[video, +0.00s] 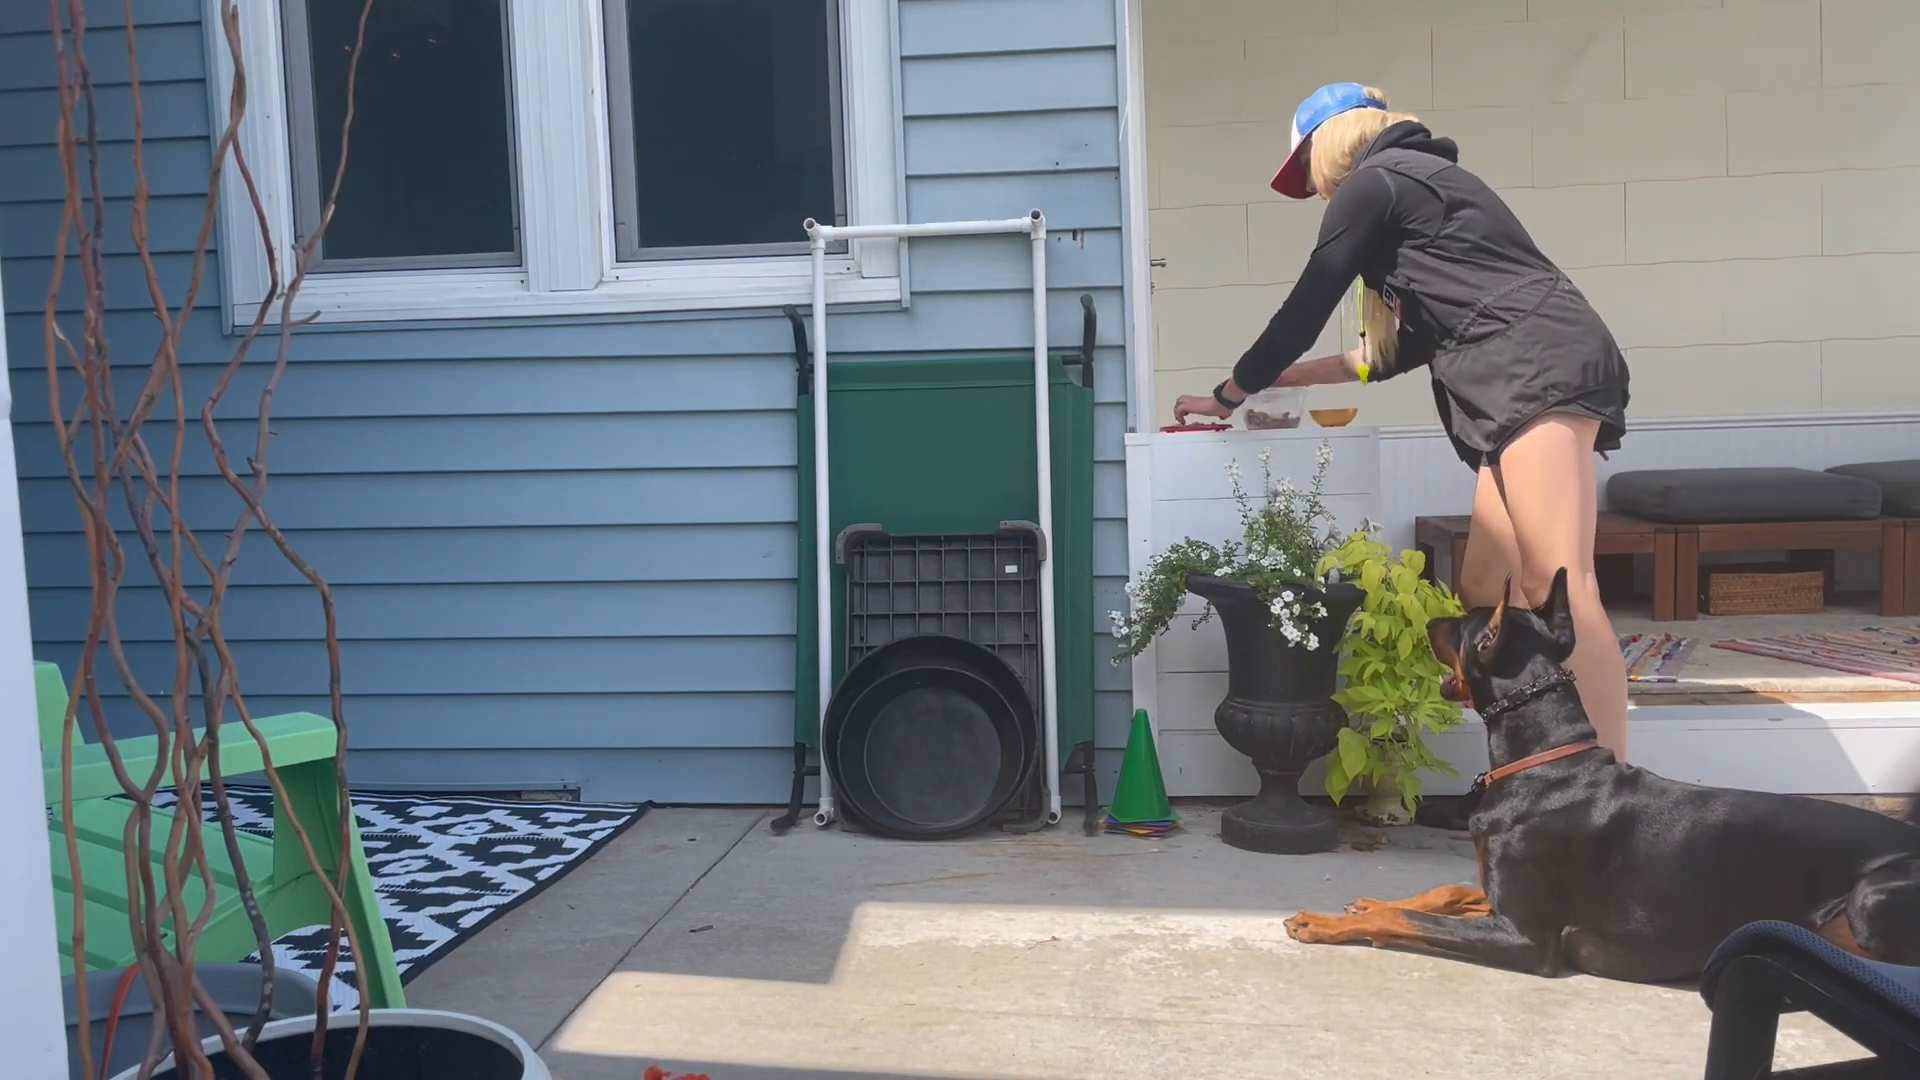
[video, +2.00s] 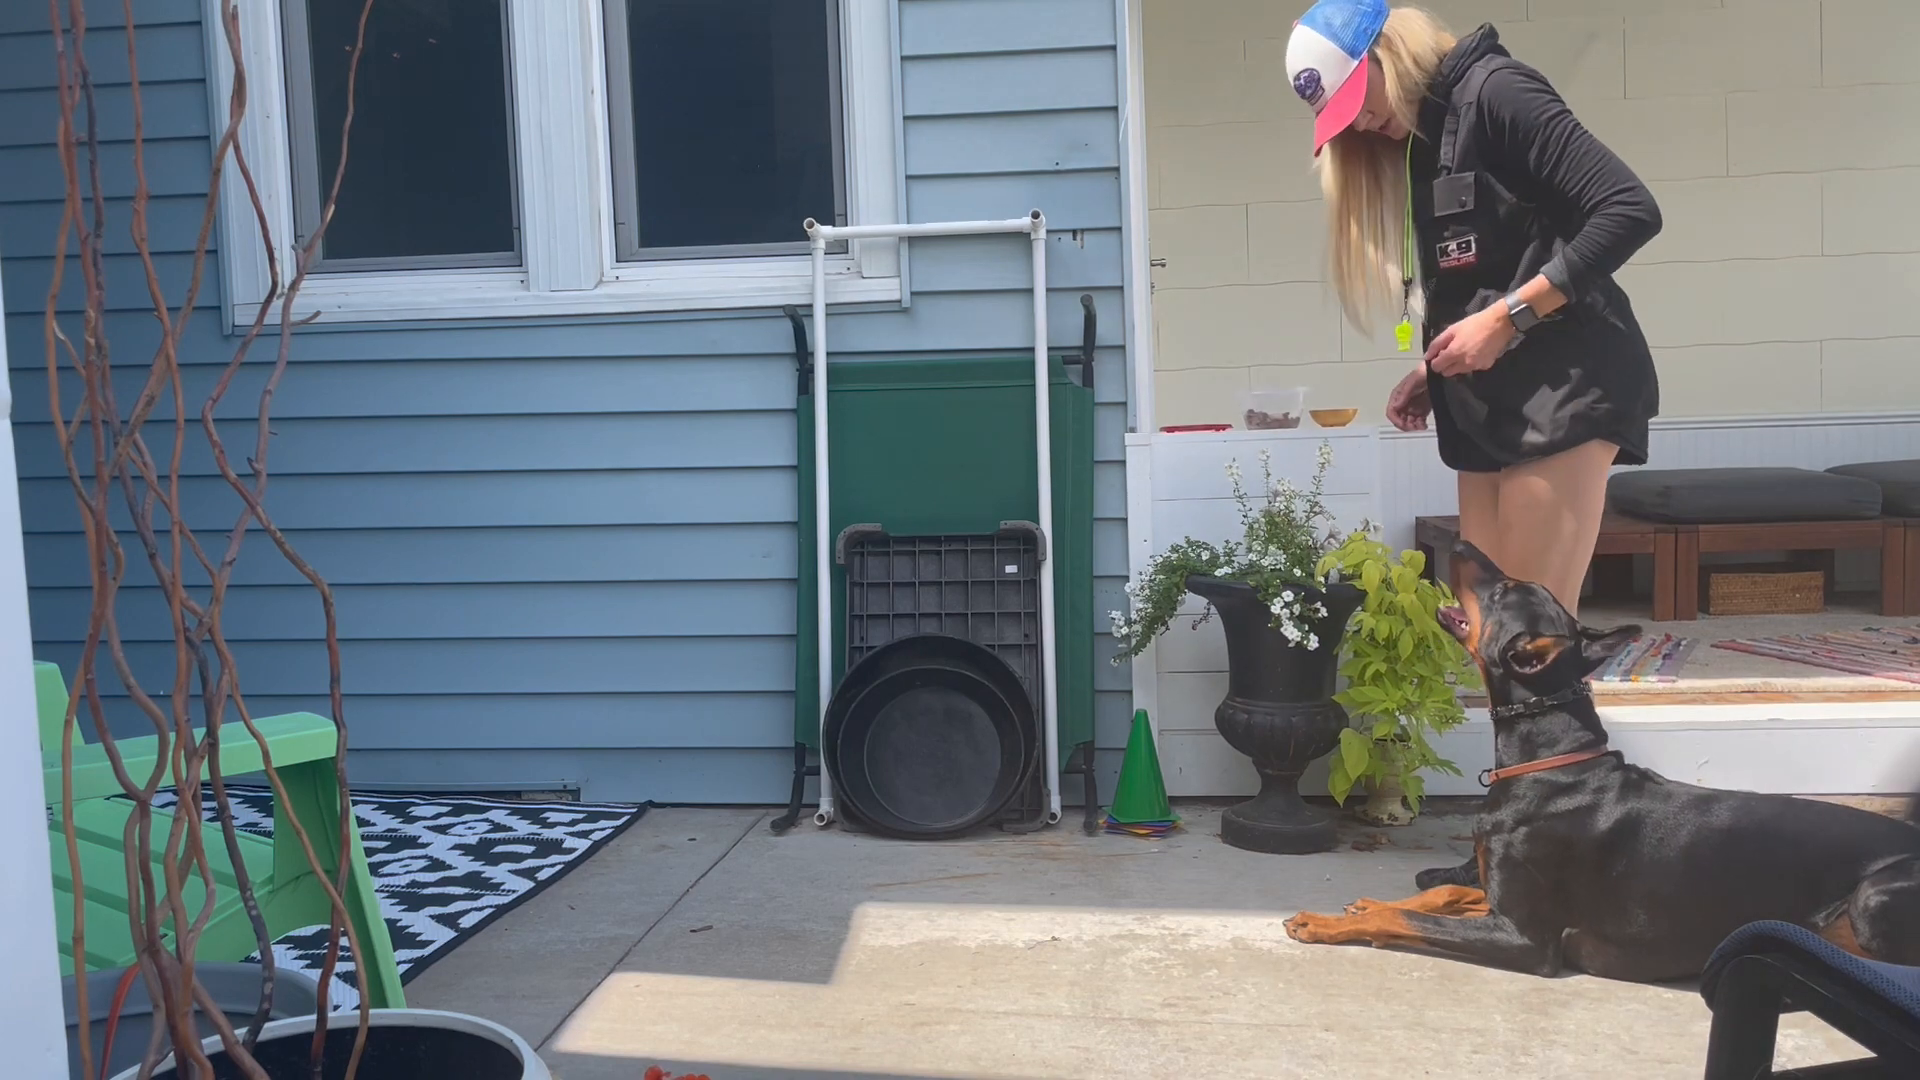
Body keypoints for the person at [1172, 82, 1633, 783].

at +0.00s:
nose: (1316, 185)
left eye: (1312, 164)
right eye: (1309, 172)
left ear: (1335, 140)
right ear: (1376, 133)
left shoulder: (1374, 182)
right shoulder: (1436, 181)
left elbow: (1307, 307)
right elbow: (1404, 349)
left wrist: (1226, 394)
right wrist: (1286, 377)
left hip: (1533, 362)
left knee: (1559, 587)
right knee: (1485, 589)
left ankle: (1609, 788)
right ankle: (1533, 779)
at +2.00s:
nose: (1364, 125)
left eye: (1362, 103)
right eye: (1349, 117)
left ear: (1390, 54)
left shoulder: (1494, 92)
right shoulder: (1426, 128)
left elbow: (1629, 208)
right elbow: (1479, 272)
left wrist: (1510, 316)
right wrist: (1436, 369)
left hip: (1560, 388)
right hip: (1484, 395)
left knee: (1533, 640)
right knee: (1489, 634)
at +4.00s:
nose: (883, 57)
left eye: (897, 38)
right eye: (863, 43)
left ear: (930, 18)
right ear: (838, 35)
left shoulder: (979, 102)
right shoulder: (835, 106)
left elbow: (1051, 263)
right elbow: (785, 275)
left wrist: (947, 267)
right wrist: (799, 272)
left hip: (951, 397)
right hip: (853, 396)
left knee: (879, 625)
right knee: (855, 634)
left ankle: (852, 868)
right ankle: (1025, 786)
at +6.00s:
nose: (807, 34)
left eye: (811, 22)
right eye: (801, 17)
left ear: (747, 6)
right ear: (751, 5)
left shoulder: (712, 67)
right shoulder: (672, 67)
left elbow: (716, 231)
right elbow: (658, 249)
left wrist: (793, 277)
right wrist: (778, 264)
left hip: (674, 372)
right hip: (657, 376)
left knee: (670, 628)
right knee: (696, 626)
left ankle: (639, 863)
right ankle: (684, 886)